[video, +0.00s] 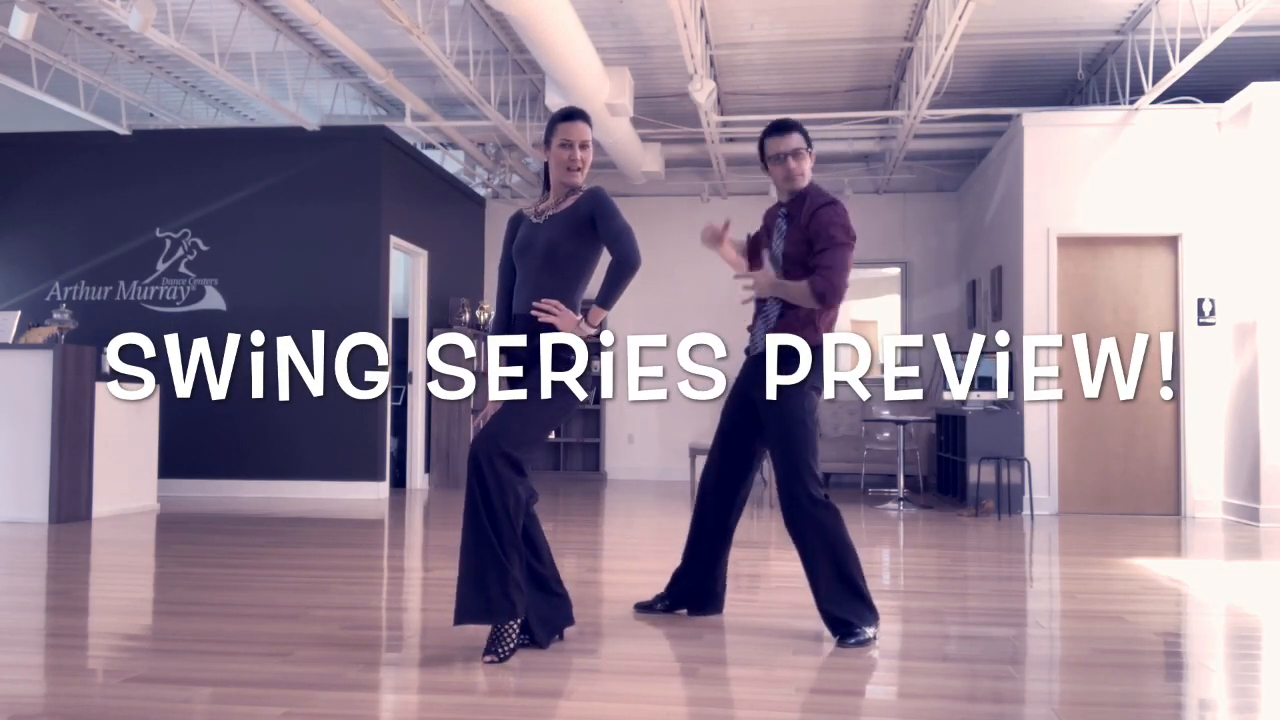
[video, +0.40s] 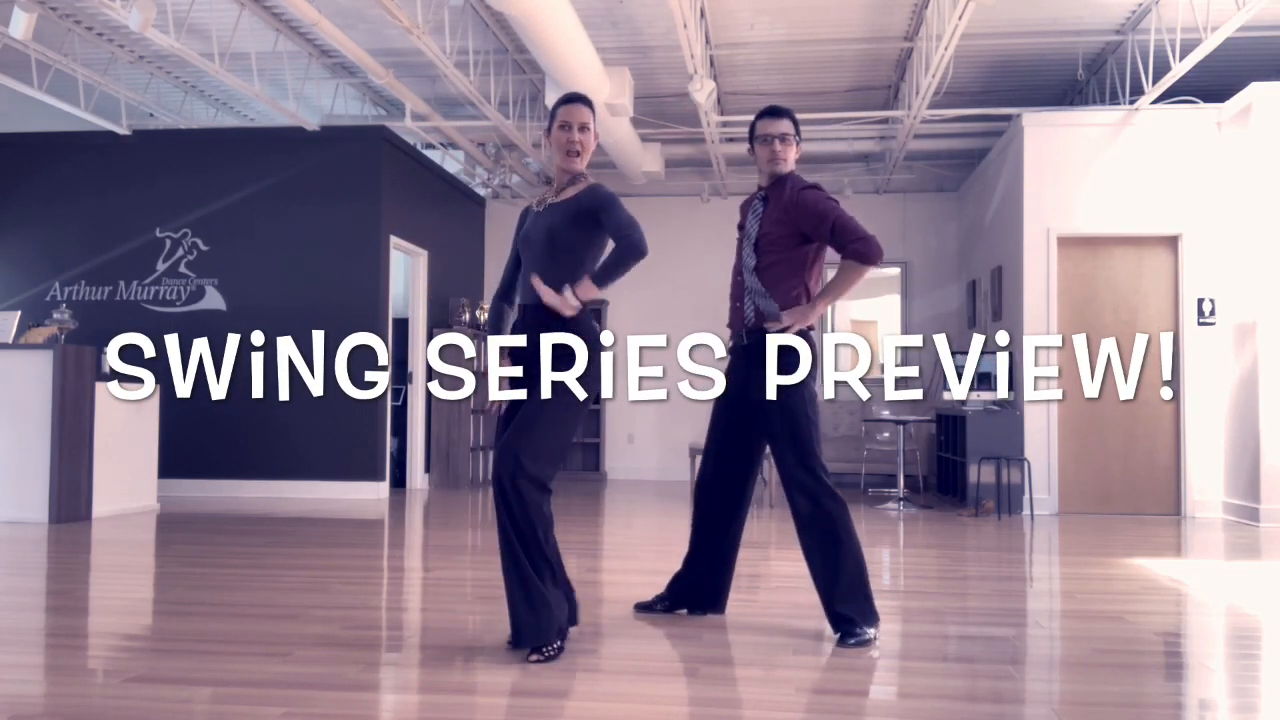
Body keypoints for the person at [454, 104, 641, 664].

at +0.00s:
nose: (578, 154)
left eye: (585, 146)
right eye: (567, 145)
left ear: (593, 153)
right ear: (545, 152)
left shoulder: (592, 201)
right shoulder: (521, 220)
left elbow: (628, 256)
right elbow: (504, 307)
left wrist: (591, 322)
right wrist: (492, 386)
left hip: (560, 361)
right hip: (518, 361)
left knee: (490, 450)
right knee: (503, 476)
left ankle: (510, 607)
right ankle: (546, 607)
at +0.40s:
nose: (575, 137)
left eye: (584, 129)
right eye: (566, 128)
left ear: (594, 140)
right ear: (548, 137)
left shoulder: (597, 198)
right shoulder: (533, 212)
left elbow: (634, 244)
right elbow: (509, 285)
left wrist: (584, 292)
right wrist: (492, 338)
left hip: (567, 352)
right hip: (523, 351)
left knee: (521, 472)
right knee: (511, 474)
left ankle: (551, 614)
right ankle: (539, 613)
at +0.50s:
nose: (577, 138)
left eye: (587, 130)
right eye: (568, 128)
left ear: (598, 142)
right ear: (551, 138)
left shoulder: (601, 200)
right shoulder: (532, 205)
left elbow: (644, 221)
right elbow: (493, 277)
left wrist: (570, 221)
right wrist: (496, 300)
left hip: (575, 349)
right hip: (532, 347)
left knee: (520, 469)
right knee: (523, 475)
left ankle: (551, 619)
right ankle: (585, 599)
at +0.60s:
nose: (582, 156)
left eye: (592, 149)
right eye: (574, 145)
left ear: (602, 150)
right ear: (554, 140)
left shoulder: (606, 203)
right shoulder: (529, 209)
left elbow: (664, 174)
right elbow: (472, 279)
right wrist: (519, 256)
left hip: (578, 350)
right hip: (535, 349)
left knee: (517, 463)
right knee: (544, 478)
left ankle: (548, 614)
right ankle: (593, 607)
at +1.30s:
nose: (598, 158)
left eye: (607, 151)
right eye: (589, 149)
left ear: (615, 162)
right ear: (569, 157)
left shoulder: (622, 216)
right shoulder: (539, 227)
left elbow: (671, 226)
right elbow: (519, 303)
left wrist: (666, 177)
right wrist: (527, 325)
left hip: (595, 369)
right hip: (547, 368)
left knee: (512, 466)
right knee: (533, 490)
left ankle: (535, 615)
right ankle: (587, 609)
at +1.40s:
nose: (600, 154)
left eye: (609, 145)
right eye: (590, 145)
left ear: (620, 153)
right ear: (572, 152)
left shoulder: (630, 212)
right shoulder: (546, 218)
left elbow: (613, 279)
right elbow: (516, 279)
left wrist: (595, 218)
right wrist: (488, 313)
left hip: (600, 361)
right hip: (547, 359)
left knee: (532, 459)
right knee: (533, 476)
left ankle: (540, 614)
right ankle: (588, 606)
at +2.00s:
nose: (598, 146)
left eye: (608, 138)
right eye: (589, 138)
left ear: (625, 150)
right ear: (577, 148)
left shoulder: (633, 213)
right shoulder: (560, 214)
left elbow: (632, 294)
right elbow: (499, 277)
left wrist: (567, 258)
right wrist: (493, 236)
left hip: (604, 361)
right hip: (554, 359)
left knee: (539, 452)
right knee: (547, 480)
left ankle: (538, 617)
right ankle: (588, 608)